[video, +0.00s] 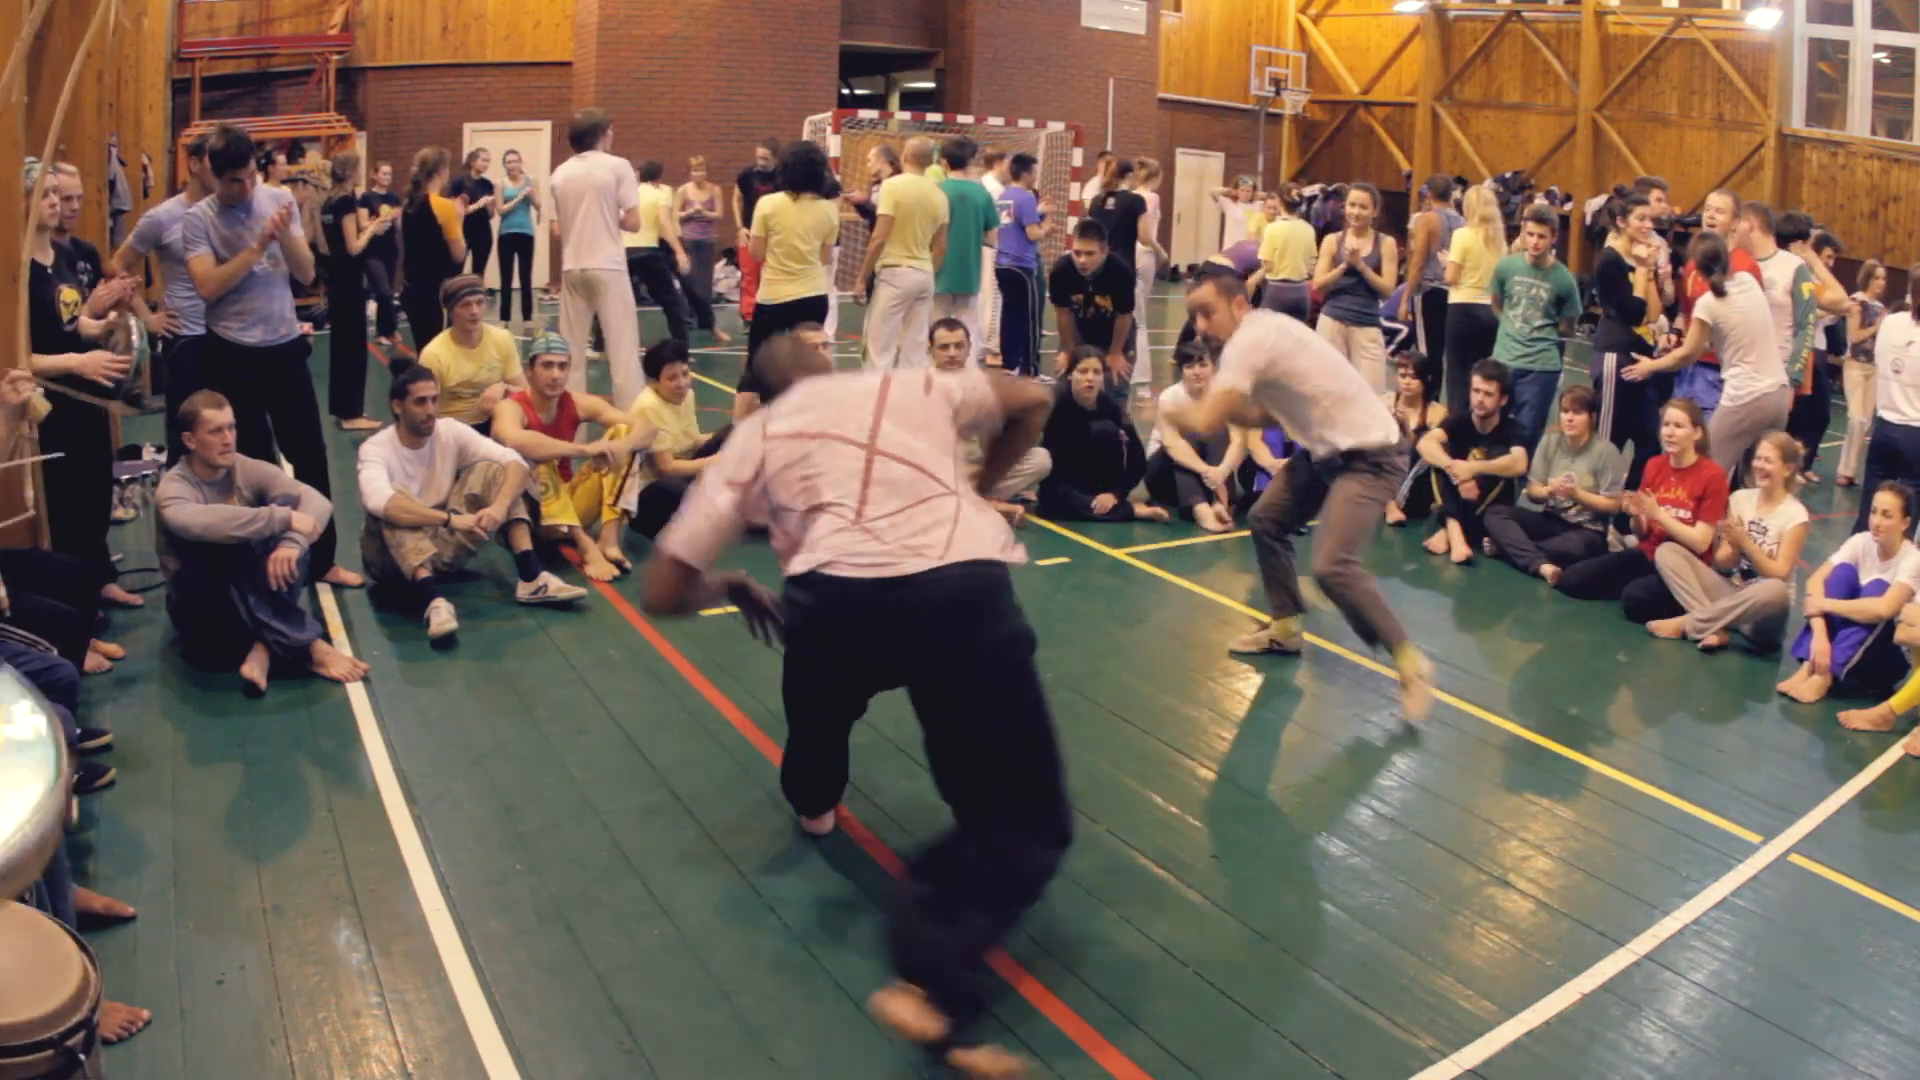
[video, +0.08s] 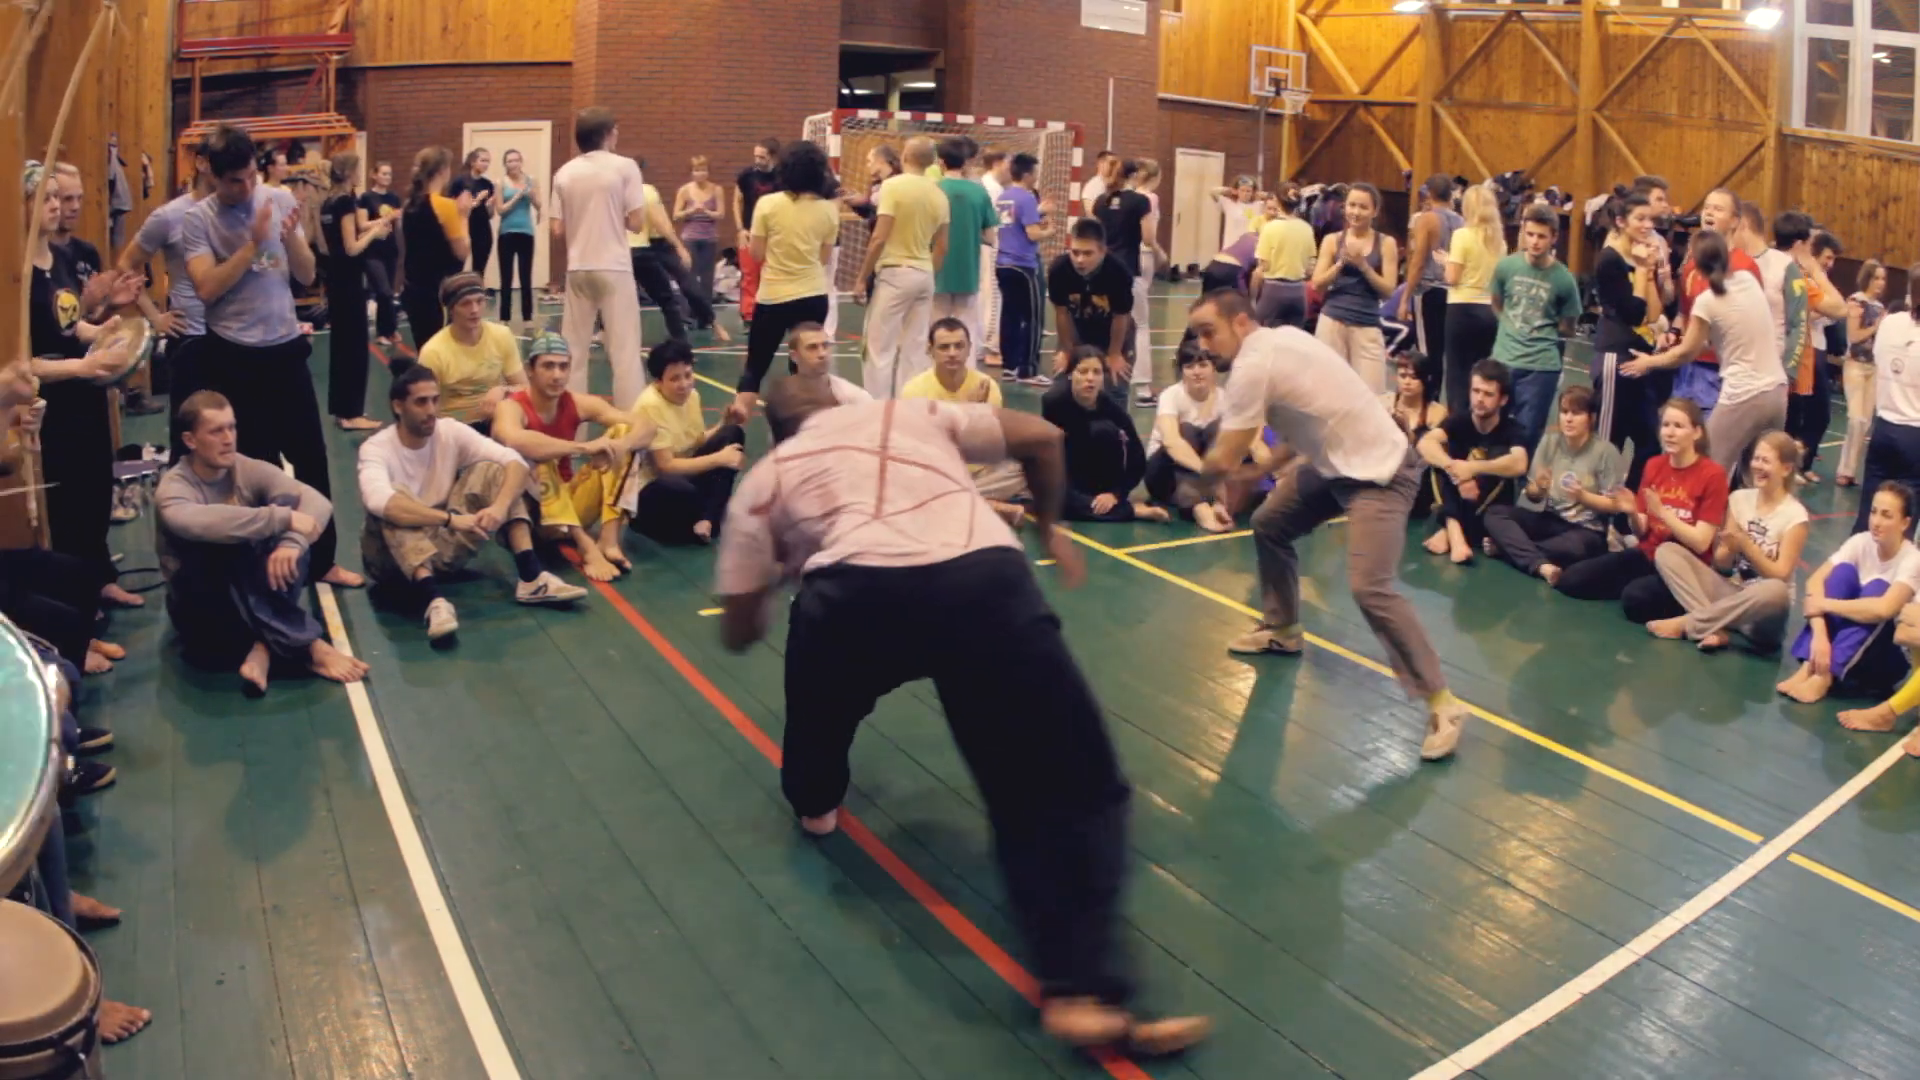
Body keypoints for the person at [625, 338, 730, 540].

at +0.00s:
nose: (681, 383)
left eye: (684, 374)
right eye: (672, 378)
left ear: (689, 373)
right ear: (654, 382)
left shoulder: (687, 395)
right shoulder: (647, 407)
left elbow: (693, 442)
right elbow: (665, 467)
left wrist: (724, 438)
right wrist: (716, 462)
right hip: (651, 485)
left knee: (732, 434)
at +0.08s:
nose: (684, 385)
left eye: (688, 376)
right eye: (675, 379)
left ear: (693, 373)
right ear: (658, 381)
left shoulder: (692, 396)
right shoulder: (649, 406)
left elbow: (698, 442)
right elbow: (665, 465)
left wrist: (724, 425)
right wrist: (718, 460)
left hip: (686, 470)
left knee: (732, 433)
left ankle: (707, 519)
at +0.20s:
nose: (688, 386)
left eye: (693, 378)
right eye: (679, 380)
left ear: (698, 374)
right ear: (662, 382)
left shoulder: (703, 393)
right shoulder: (651, 404)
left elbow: (720, 436)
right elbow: (662, 461)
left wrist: (733, 419)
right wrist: (716, 457)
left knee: (730, 433)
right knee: (673, 478)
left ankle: (709, 518)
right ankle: (721, 512)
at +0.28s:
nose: (688, 385)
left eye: (693, 376)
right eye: (679, 378)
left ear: (699, 373)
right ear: (663, 380)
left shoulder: (708, 392)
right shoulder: (652, 402)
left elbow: (723, 426)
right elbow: (663, 460)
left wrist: (734, 415)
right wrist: (717, 457)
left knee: (736, 436)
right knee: (669, 473)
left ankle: (707, 519)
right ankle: (719, 518)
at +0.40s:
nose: (688, 381)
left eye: (692, 372)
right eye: (679, 374)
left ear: (697, 371)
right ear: (661, 379)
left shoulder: (709, 394)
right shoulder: (650, 406)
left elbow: (722, 435)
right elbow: (666, 462)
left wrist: (737, 420)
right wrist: (720, 462)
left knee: (743, 439)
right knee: (663, 471)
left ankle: (706, 521)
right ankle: (719, 515)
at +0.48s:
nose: (688, 380)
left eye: (692, 372)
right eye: (679, 374)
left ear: (698, 371)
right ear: (660, 378)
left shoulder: (708, 394)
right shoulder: (649, 407)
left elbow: (718, 442)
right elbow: (666, 465)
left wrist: (734, 421)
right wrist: (721, 463)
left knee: (744, 440)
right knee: (663, 473)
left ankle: (706, 520)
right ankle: (718, 514)